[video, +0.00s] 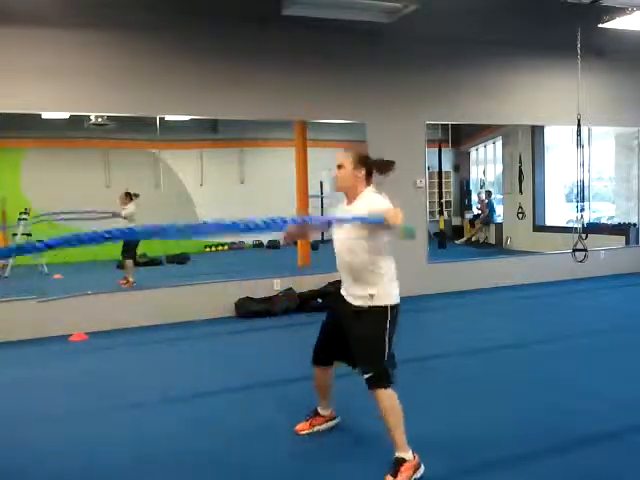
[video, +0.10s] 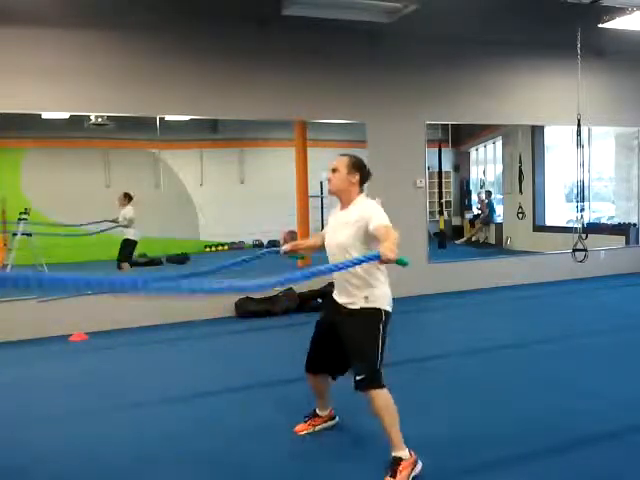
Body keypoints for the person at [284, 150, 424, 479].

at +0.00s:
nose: (335, 173)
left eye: (341, 168)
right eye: (336, 168)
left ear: (361, 174)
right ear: (353, 175)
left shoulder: (376, 202)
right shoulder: (342, 208)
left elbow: (396, 220)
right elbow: (324, 228)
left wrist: (385, 218)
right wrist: (303, 232)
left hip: (379, 302)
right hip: (348, 298)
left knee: (377, 379)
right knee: (322, 358)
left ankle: (406, 457)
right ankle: (325, 413)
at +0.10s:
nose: (328, 177)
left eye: (335, 172)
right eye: (329, 172)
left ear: (354, 178)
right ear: (346, 180)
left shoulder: (369, 209)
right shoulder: (337, 214)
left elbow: (388, 233)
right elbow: (326, 240)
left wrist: (389, 246)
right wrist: (299, 245)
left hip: (369, 305)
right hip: (339, 301)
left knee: (368, 380)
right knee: (316, 367)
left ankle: (402, 454)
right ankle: (324, 413)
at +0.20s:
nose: (334, 156)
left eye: (339, 151)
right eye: (335, 151)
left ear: (358, 157)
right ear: (348, 157)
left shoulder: (369, 187)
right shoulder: (338, 191)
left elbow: (391, 211)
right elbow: (328, 223)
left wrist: (376, 216)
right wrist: (301, 227)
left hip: (360, 285)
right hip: (332, 284)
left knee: (355, 362)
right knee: (314, 350)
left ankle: (384, 440)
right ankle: (317, 404)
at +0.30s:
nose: (333, 150)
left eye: (339, 144)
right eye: (334, 144)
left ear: (358, 148)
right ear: (347, 149)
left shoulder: (374, 181)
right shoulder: (336, 182)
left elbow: (376, 204)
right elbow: (320, 211)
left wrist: (340, 209)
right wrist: (283, 213)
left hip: (357, 276)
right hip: (328, 271)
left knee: (338, 354)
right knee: (307, 344)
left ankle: (339, 436)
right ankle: (310, 414)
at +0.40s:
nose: (333, 160)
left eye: (339, 154)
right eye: (334, 154)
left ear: (358, 160)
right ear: (348, 159)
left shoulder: (370, 195)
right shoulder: (335, 189)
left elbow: (346, 234)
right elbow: (316, 222)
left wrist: (302, 242)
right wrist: (281, 221)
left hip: (350, 291)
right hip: (325, 283)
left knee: (317, 367)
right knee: (299, 359)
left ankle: (312, 443)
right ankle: (303, 433)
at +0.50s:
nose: (329, 174)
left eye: (337, 169)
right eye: (331, 169)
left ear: (355, 178)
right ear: (347, 179)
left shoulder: (361, 216)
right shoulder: (331, 212)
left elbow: (336, 265)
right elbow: (307, 241)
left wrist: (294, 282)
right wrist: (300, 249)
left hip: (343, 309)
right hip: (320, 302)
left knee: (308, 382)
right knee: (292, 377)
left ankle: (313, 451)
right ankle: (305, 441)